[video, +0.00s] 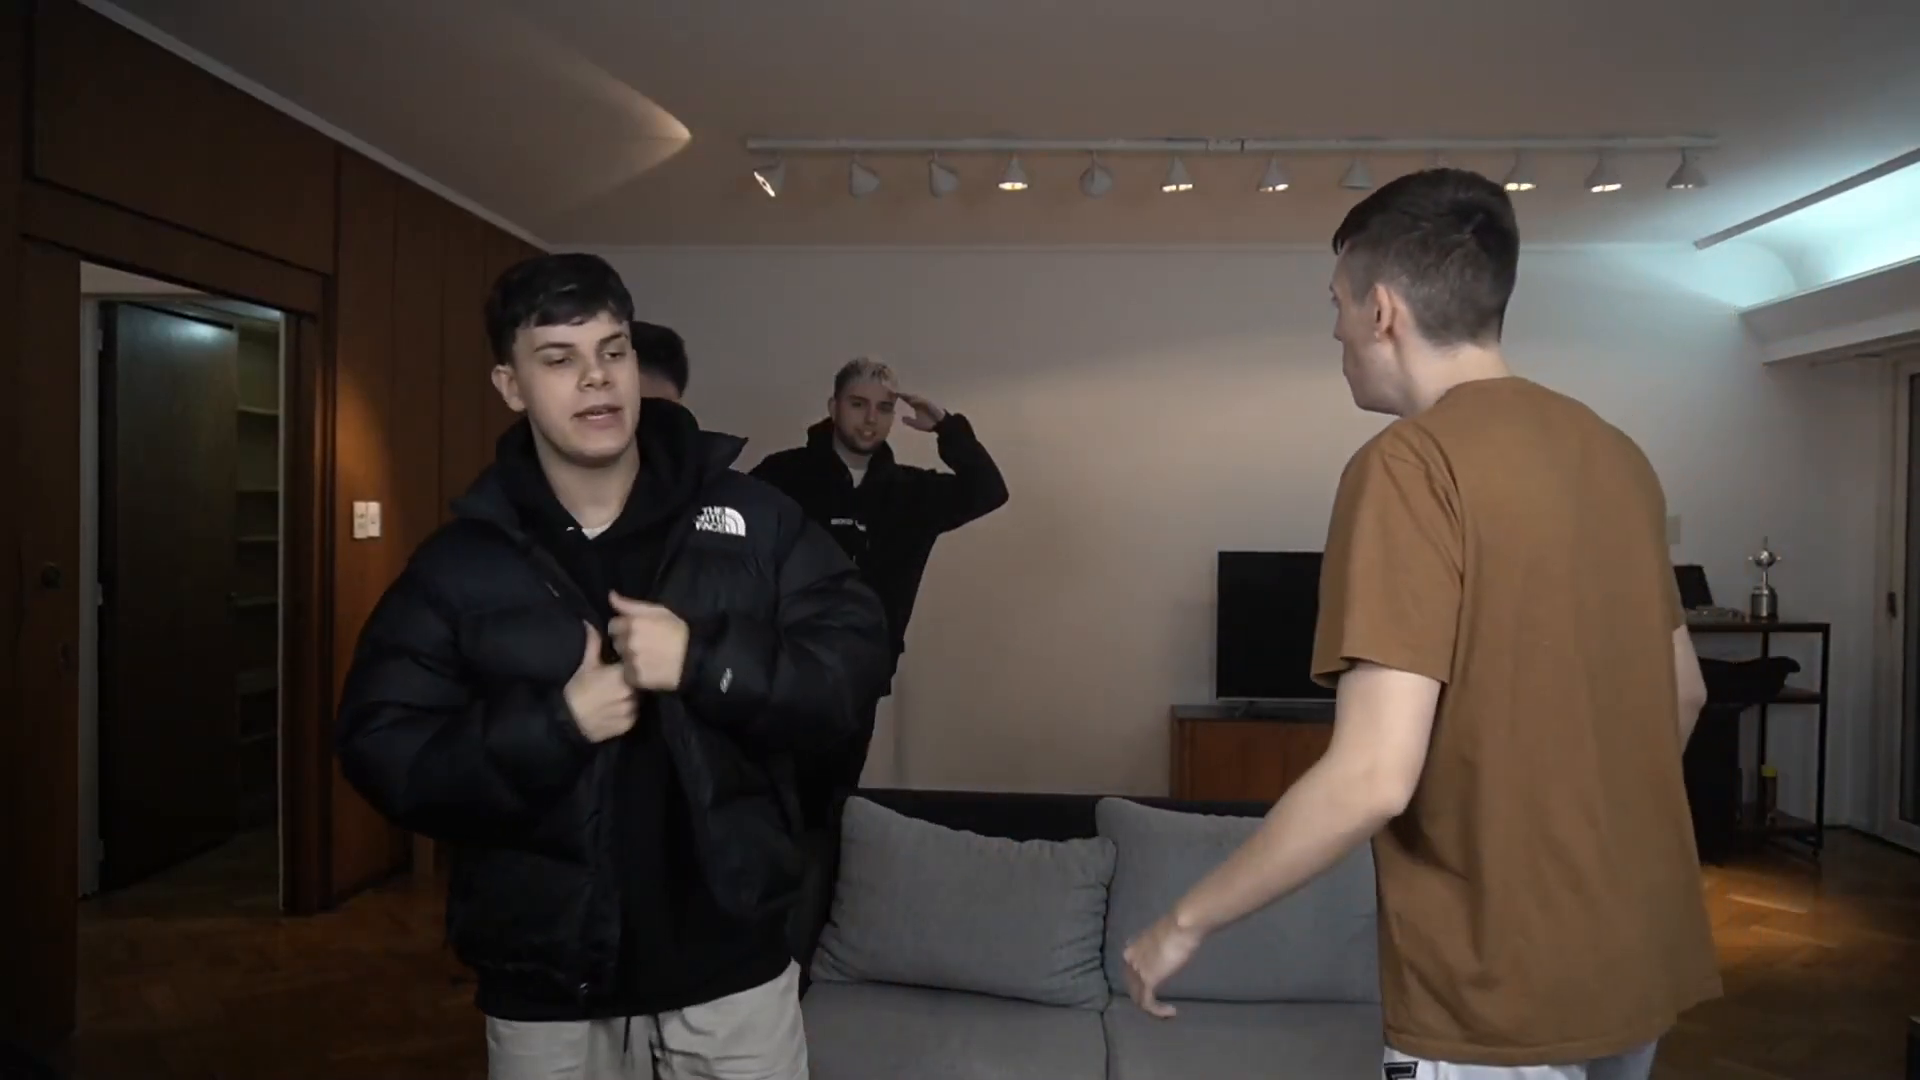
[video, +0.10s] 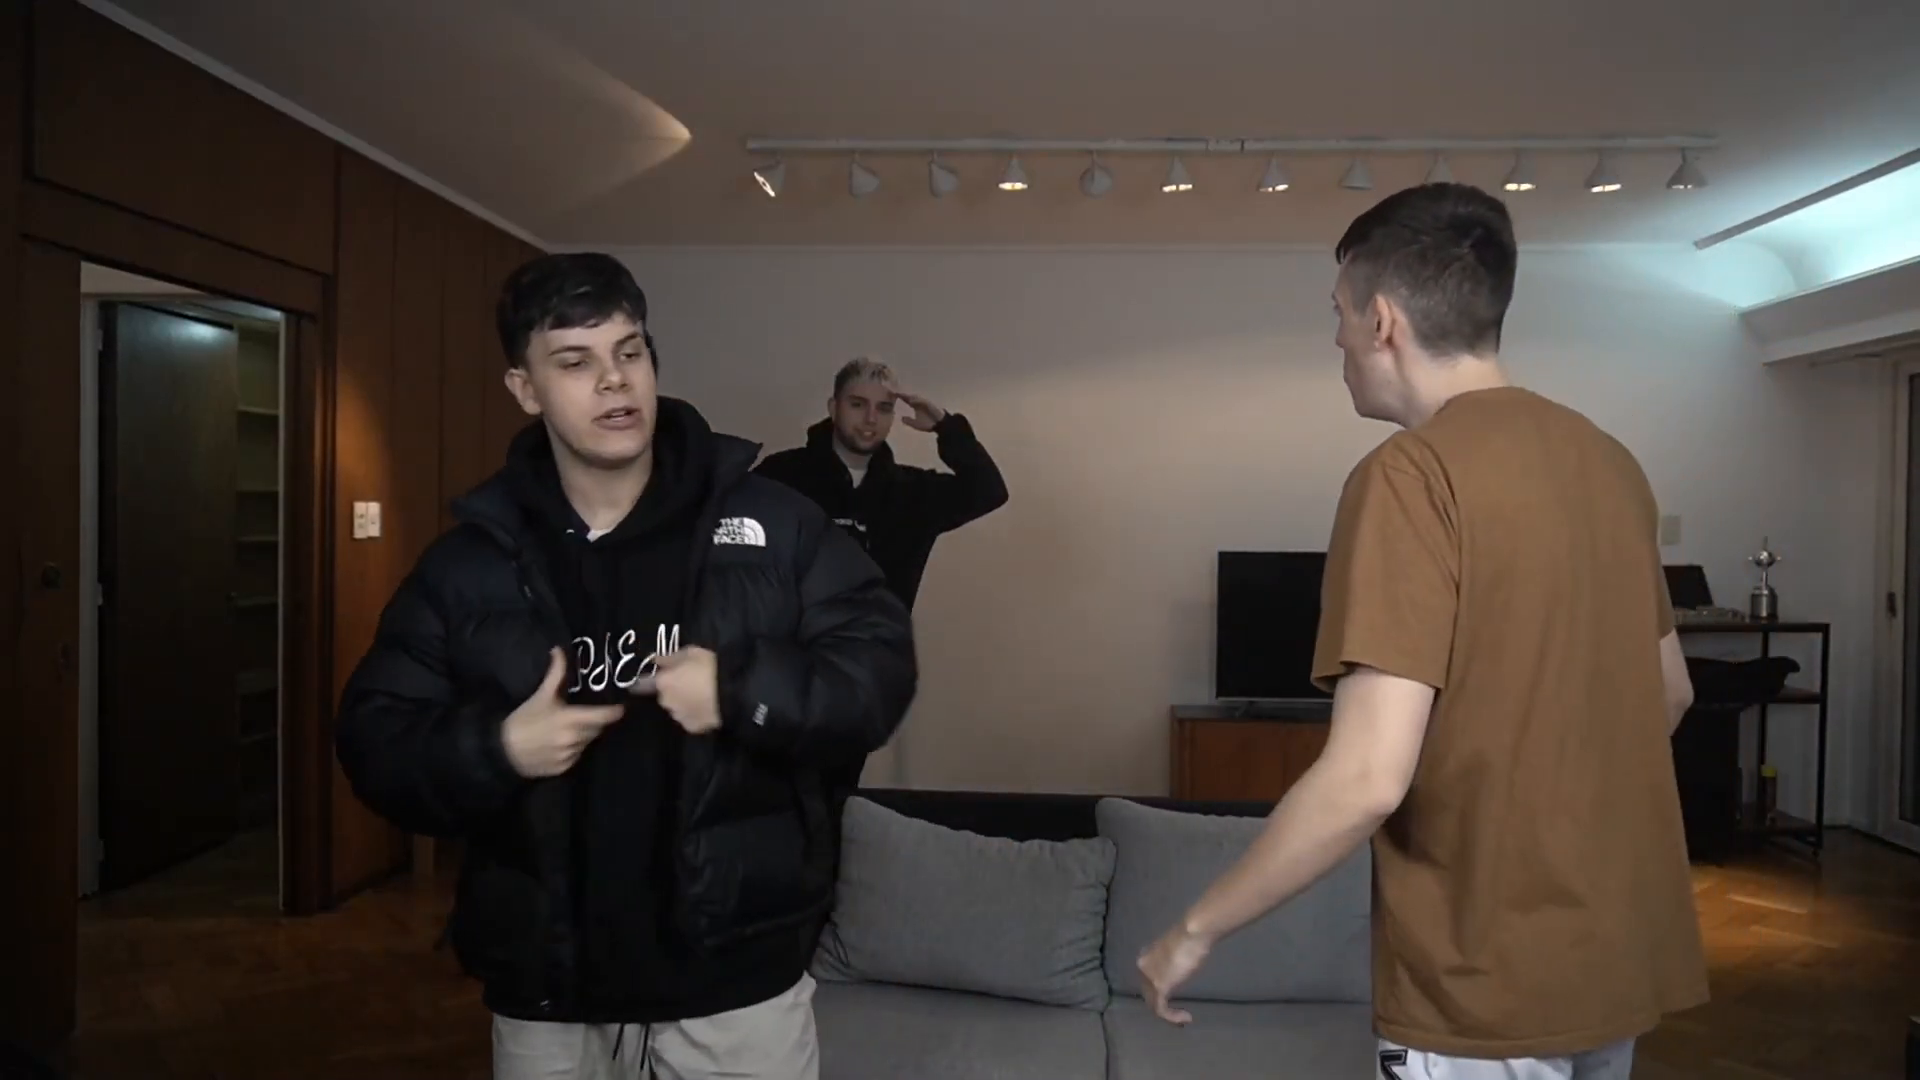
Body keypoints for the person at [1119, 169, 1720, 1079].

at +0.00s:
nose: (1339, 337)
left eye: (1338, 309)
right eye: (1336, 310)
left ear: (1385, 310)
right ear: (1488, 303)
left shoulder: (1412, 462)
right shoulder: (1616, 456)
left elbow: (1372, 774)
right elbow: (1680, 693)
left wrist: (1186, 921)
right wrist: (1589, 828)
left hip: (1486, 996)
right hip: (1638, 965)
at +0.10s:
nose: (1340, 347)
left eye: (1340, 318)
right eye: (1338, 318)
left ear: (1385, 321)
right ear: (1486, 313)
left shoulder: (1412, 473)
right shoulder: (1609, 462)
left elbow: (1366, 775)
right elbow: (1667, 689)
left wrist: (1197, 928)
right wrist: (1557, 795)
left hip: (1476, 986)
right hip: (1620, 962)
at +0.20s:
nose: (1355, 352)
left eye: (1357, 323)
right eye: (1355, 323)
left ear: (1400, 329)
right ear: (1499, 324)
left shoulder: (1413, 473)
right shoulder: (1613, 467)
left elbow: (1374, 759)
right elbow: (1661, 677)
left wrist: (1235, 942)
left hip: (1469, 981)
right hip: (1618, 964)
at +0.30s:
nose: (1378, 366)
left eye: (1380, 338)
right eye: (1378, 339)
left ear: (1420, 339)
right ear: (1516, 336)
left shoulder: (1421, 476)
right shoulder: (1625, 472)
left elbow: (1390, 744)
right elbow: (1665, 663)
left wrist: (1284, 950)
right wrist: (1523, 683)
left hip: (1469, 964)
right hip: (1619, 952)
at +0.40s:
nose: (1409, 380)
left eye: (1410, 354)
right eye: (1410, 354)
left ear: (1439, 351)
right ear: (1538, 346)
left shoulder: (1429, 479)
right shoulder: (1639, 474)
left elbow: (1416, 726)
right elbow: (1683, 648)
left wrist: (1334, 942)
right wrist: (1556, 644)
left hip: (1481, 942)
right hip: (1634, 935)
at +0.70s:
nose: (1460, 430)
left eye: (1460, 407)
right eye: (1459, 407)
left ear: (1485, 408)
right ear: (1573, 401)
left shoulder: (1471, 509)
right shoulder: (1678, 498)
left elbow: (1443, 682)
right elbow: (1707, 602)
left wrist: (1361, 864)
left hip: (1528, 915)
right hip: (1687, 909)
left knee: (1490, 1067)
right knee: (1661, 1068)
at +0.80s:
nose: (1458, 424)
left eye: (1456, 402)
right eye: (1454, 403)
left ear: (1486, 400)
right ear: (1563, 388)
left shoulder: (1481, 497)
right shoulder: (1670, 478)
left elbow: (1425, 651)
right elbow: (1709, 555)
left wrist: (1303, 790)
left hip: (1537, 865)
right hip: (1682, 865)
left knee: (1526, 1065)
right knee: (1658, 1070)